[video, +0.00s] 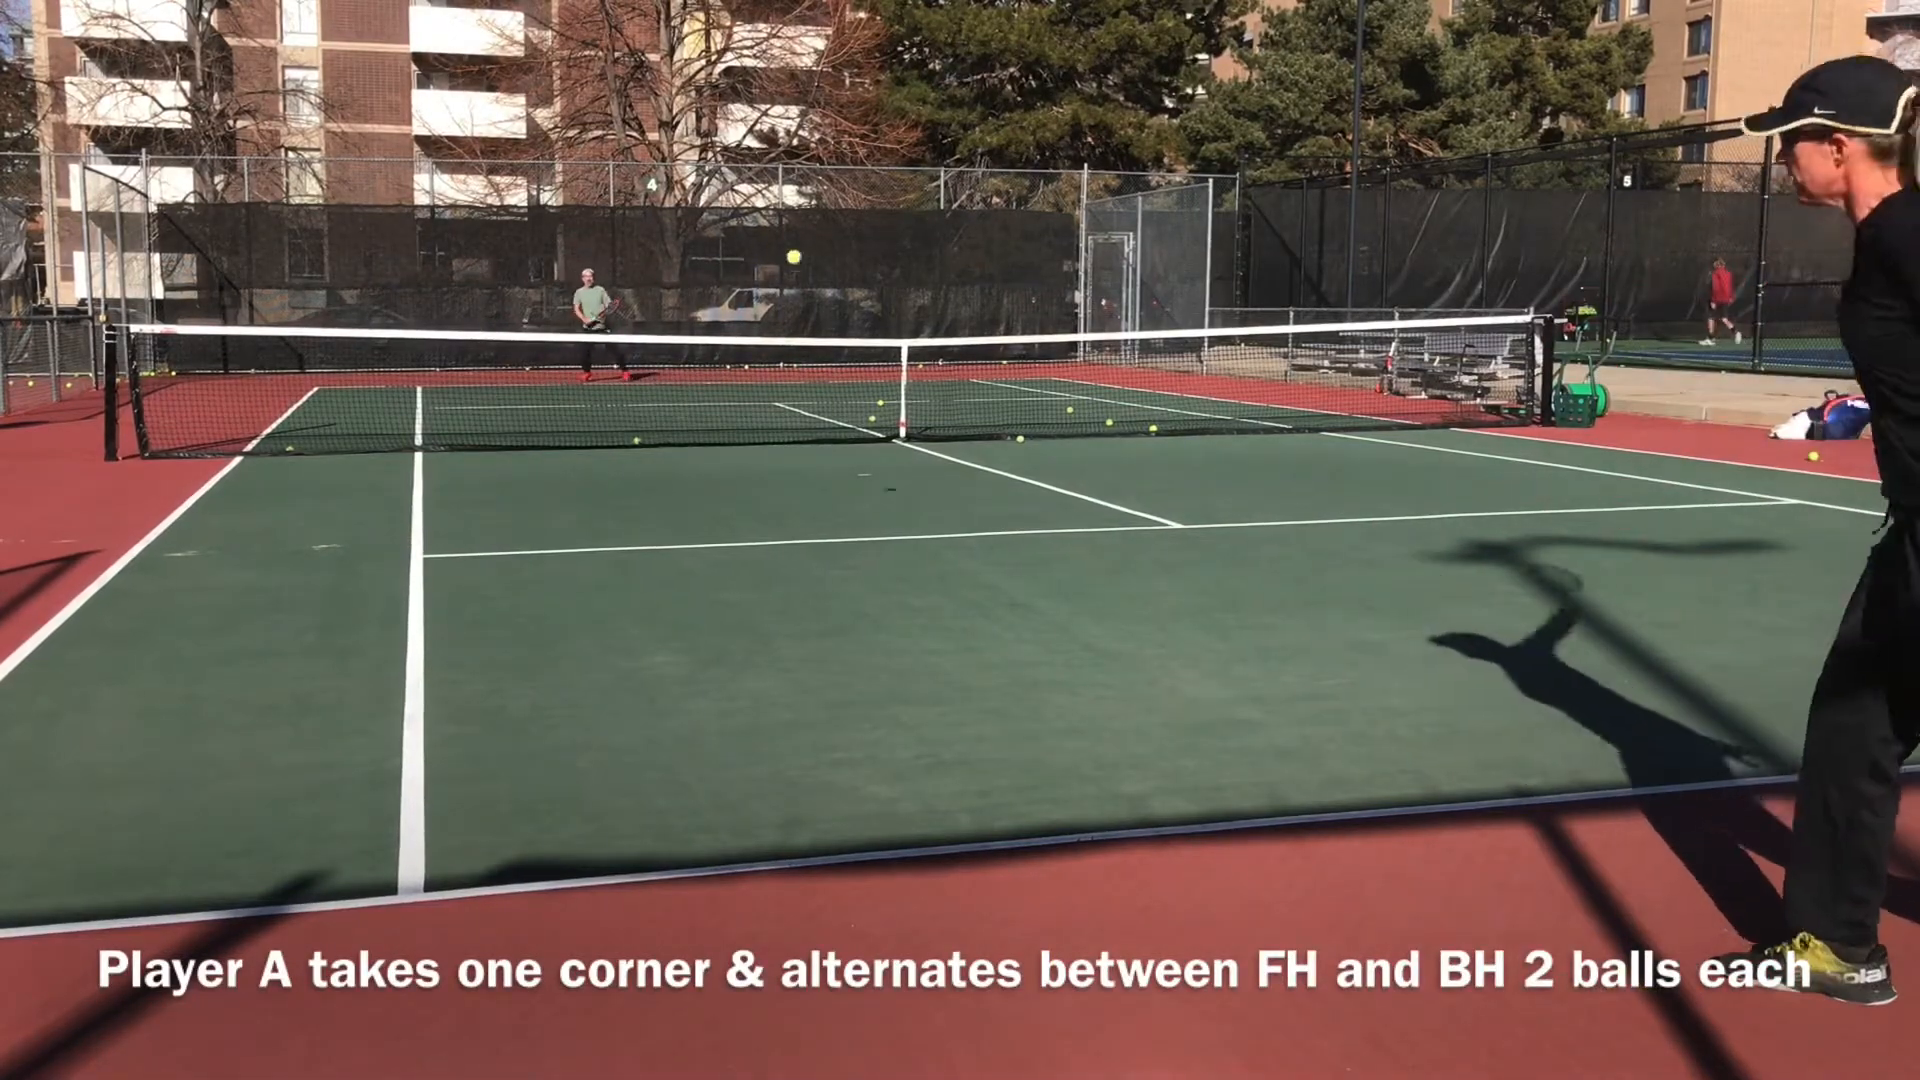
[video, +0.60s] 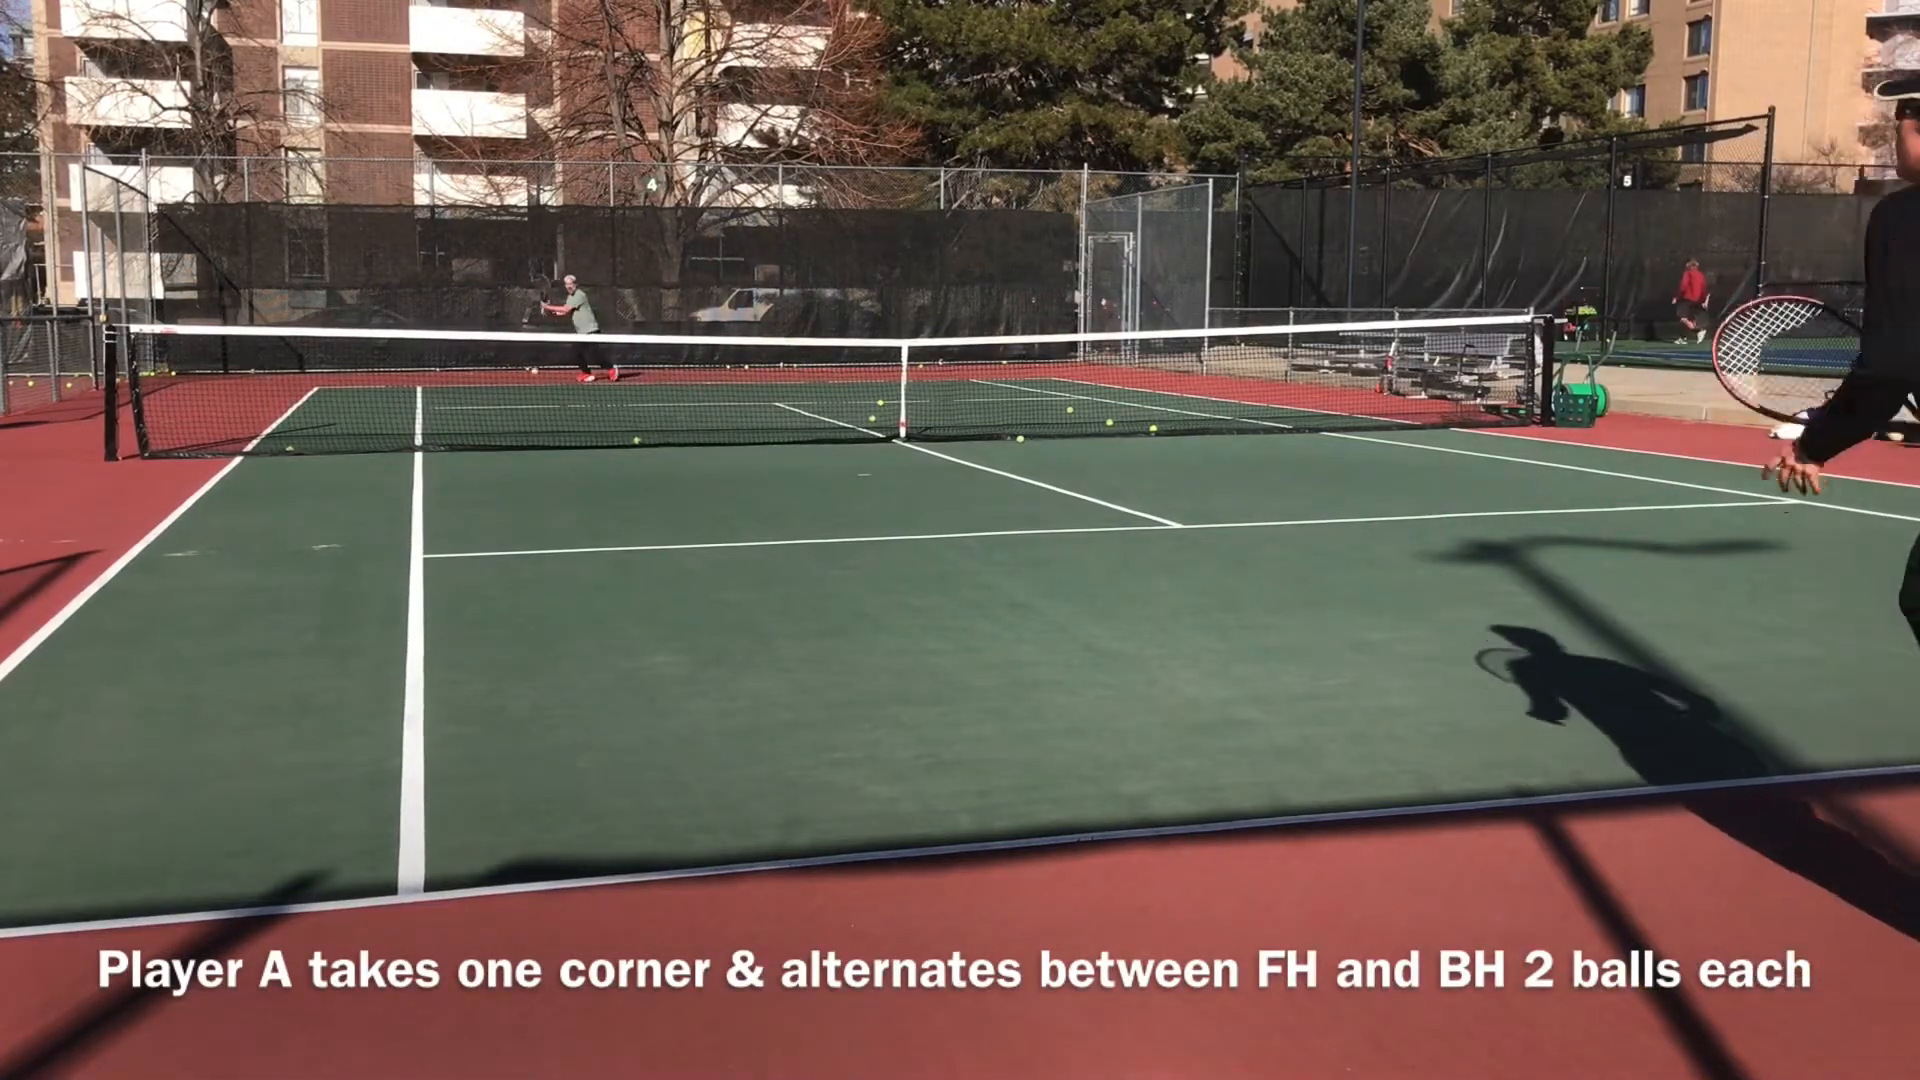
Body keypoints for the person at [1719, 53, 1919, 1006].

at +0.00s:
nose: (1788, 170)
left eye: (1795, 151)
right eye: (1788, 152)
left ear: (1840, 148)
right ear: (1856, 146)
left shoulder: (1891, 247)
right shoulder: (1893, 235)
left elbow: (1907, 400)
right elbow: (1913, 378)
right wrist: (1857, 413)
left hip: (1913, 545)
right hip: (1906, 540)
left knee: (1853, 721)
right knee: (1854, 720)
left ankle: (1839, 940)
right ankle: (1835, 935)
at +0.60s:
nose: (1895, 135)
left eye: (1903, 121)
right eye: (1899, 120)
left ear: (1919, 133)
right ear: (1911, 132)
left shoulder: (1901, 217)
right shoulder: (1897, 217)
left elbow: (1889, 364)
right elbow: (1889, 364)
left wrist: (1816, 442)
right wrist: (1818, 441)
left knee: (1916, 598)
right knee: (1916, 597)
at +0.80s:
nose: (1867, 135)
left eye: (1876, 121)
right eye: (1871, 120)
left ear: (1905, 126)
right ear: (1912, 126)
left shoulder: (1867, 206)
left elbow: (1819, 350)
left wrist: (1789, 393)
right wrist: (1857, 423)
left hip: (1901, 504)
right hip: (1901, 500)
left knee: (1828, 719)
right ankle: (1917, 981)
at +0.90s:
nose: (1830, 124)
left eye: (1838, 110)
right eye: (1836, 107)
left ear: (1868, 119)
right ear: (1907, 122)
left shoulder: (1834, 199)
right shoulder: (1913, 198)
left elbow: (1794, 345)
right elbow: (1900, 356)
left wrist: (1745, 390)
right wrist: (1844, 403)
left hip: (1873, 501)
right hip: (1909, 499)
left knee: (1765, 712)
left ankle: (1787, 953)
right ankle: (1787, 949)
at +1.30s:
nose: (1691, 98)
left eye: (1697, 82)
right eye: (1695, 80)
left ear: (1725, 87)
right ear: (1791, 85)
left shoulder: (1688, 175)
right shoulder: (1867, 183)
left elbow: (1671, 317)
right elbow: (1911, 322)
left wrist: (1642, 382)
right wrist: (1848, 381)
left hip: (1740, 456)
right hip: (1870, 455)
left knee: (1671, 703)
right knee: (1862, 675)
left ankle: (1636, 951)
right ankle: (1915, 899)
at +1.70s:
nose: (1646, 187)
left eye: (1648, 171)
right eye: (1647, 170)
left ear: (1675, 173)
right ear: (1742, 169)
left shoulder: (1665, 258)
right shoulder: (1818, 255)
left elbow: (1681, 410)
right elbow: (1879, 396)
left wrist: (1627, 477)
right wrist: (1811, 477)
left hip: (1745, 529)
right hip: (1863, 531)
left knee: (1638, 761)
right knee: (1819, 732)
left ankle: (1593, 1012)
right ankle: (1906, 947)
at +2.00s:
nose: (1630, 262)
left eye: (1631, 242)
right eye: (1628, 244)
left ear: (1664, 236)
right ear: (1696, 233)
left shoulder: (1731, 306)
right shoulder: (1750, 305)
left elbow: (1820, 426)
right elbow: (1758, 464)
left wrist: (1689, 470)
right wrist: (1681, 554)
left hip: (1795, 568)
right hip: (1864, 574)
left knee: (1614, 703)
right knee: (1828, 790)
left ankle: (1653, 938)